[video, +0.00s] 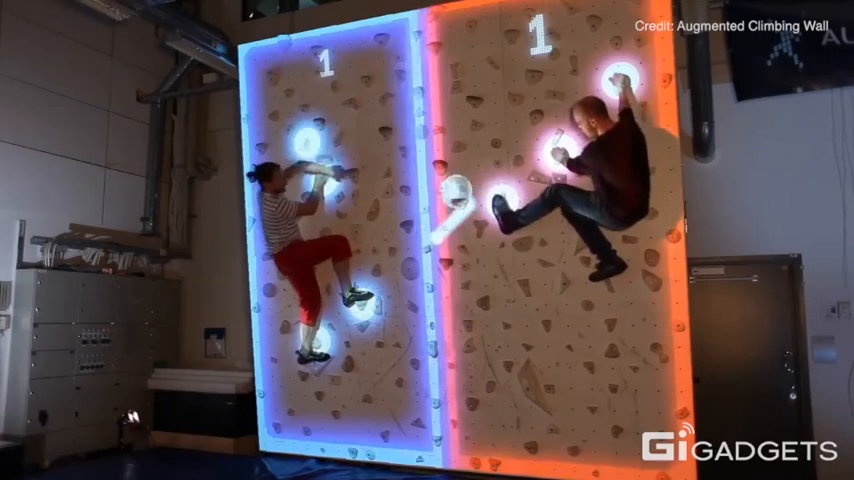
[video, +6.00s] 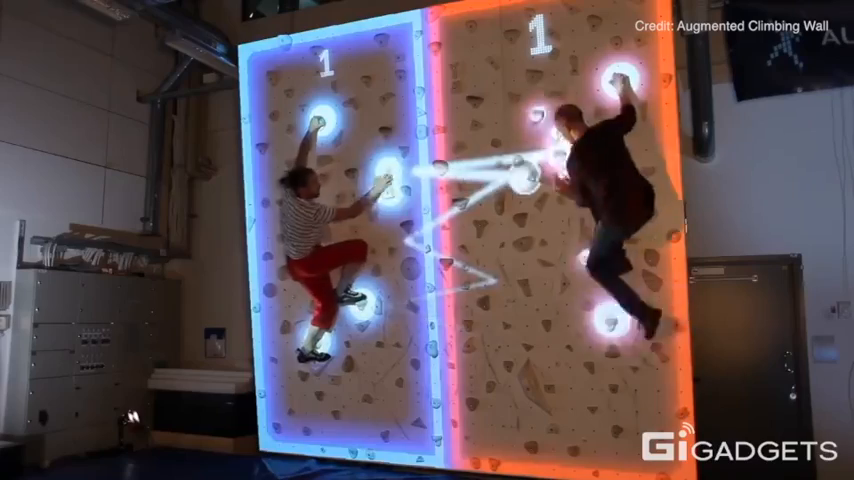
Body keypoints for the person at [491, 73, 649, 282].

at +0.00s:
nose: (580, 129)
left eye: (580, 123)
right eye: (578, 124)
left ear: (592, 121)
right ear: (605, 115)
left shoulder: (595, 152)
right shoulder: (630, 128)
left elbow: (579, 168)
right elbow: (625, 111)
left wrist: (564, 159)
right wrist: (625, 90)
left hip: (618, 217)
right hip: (640, 209)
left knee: (557, 192)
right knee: (571, 210)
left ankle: (512, 221)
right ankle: (609, 261)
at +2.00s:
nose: (559, 98)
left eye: (558, 91)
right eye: (556, 94)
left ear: (568, 84)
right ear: (579, 77)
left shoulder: (581, 109)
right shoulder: (613, 86)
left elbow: (561, 131)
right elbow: (643, 107)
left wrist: (545, 120)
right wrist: (624, 86)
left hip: (625, 174)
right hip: (645, 162)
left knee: (604, 232)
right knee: (592, 198)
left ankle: (628, 297)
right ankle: (613, 263)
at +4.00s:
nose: (541, 158)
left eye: (540, 154)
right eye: (542, 153)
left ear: (546, 154)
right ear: (562, 141)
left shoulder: (553, 173)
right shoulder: (589, 147)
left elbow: (543, 154)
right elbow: (616, 124)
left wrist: (541, 127)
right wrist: (622, 95)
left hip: (597, 234)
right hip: (619, 219)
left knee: (579, 287)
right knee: (562, 214)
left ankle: (573, 355)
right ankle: (607, 262)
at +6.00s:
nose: (560, 133)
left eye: (559, 128)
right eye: (560, 127)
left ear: (565, 128)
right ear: (581, 117)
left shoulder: (576, 160)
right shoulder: (607, 129)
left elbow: (585, 199)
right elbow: (628, 117)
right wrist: (625, 92)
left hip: (620, 217)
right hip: (644, 199)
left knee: (597, 265)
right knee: (605, 223)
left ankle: (645, 315)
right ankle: (618, 262)